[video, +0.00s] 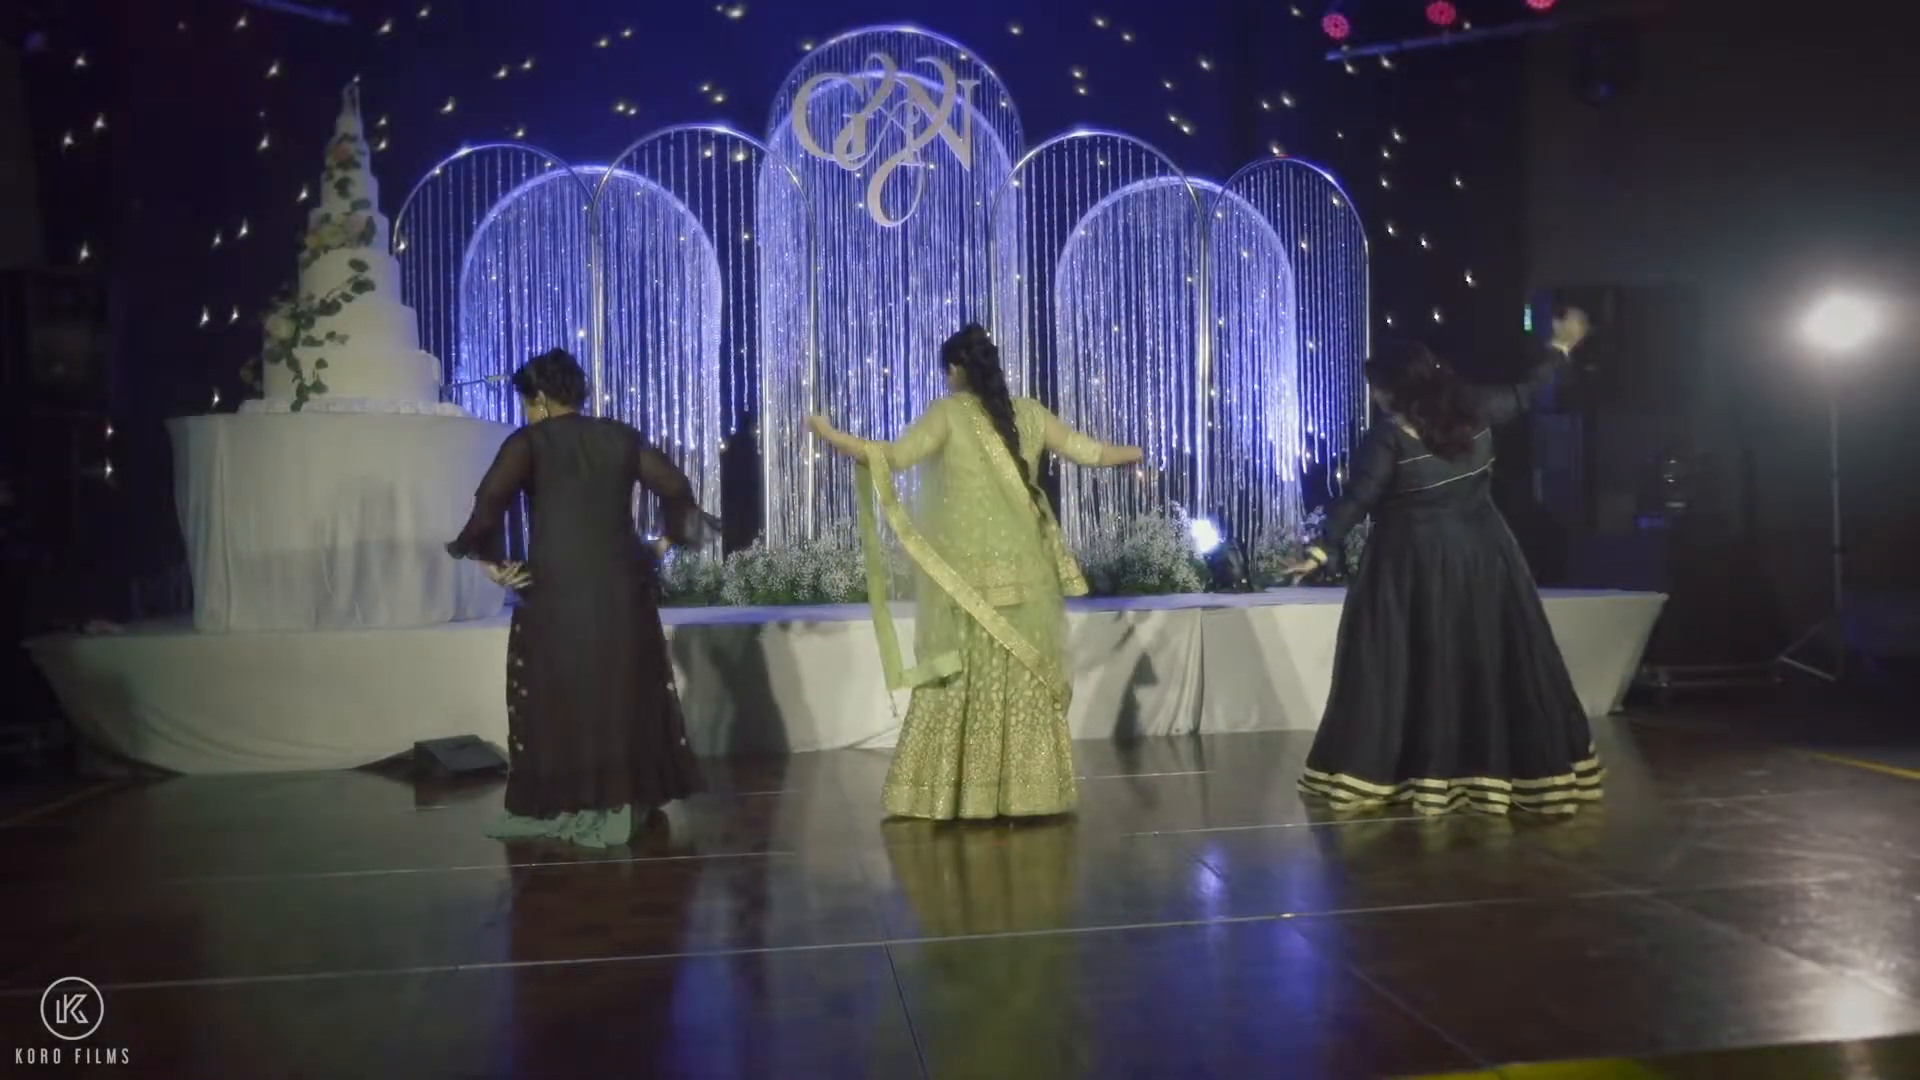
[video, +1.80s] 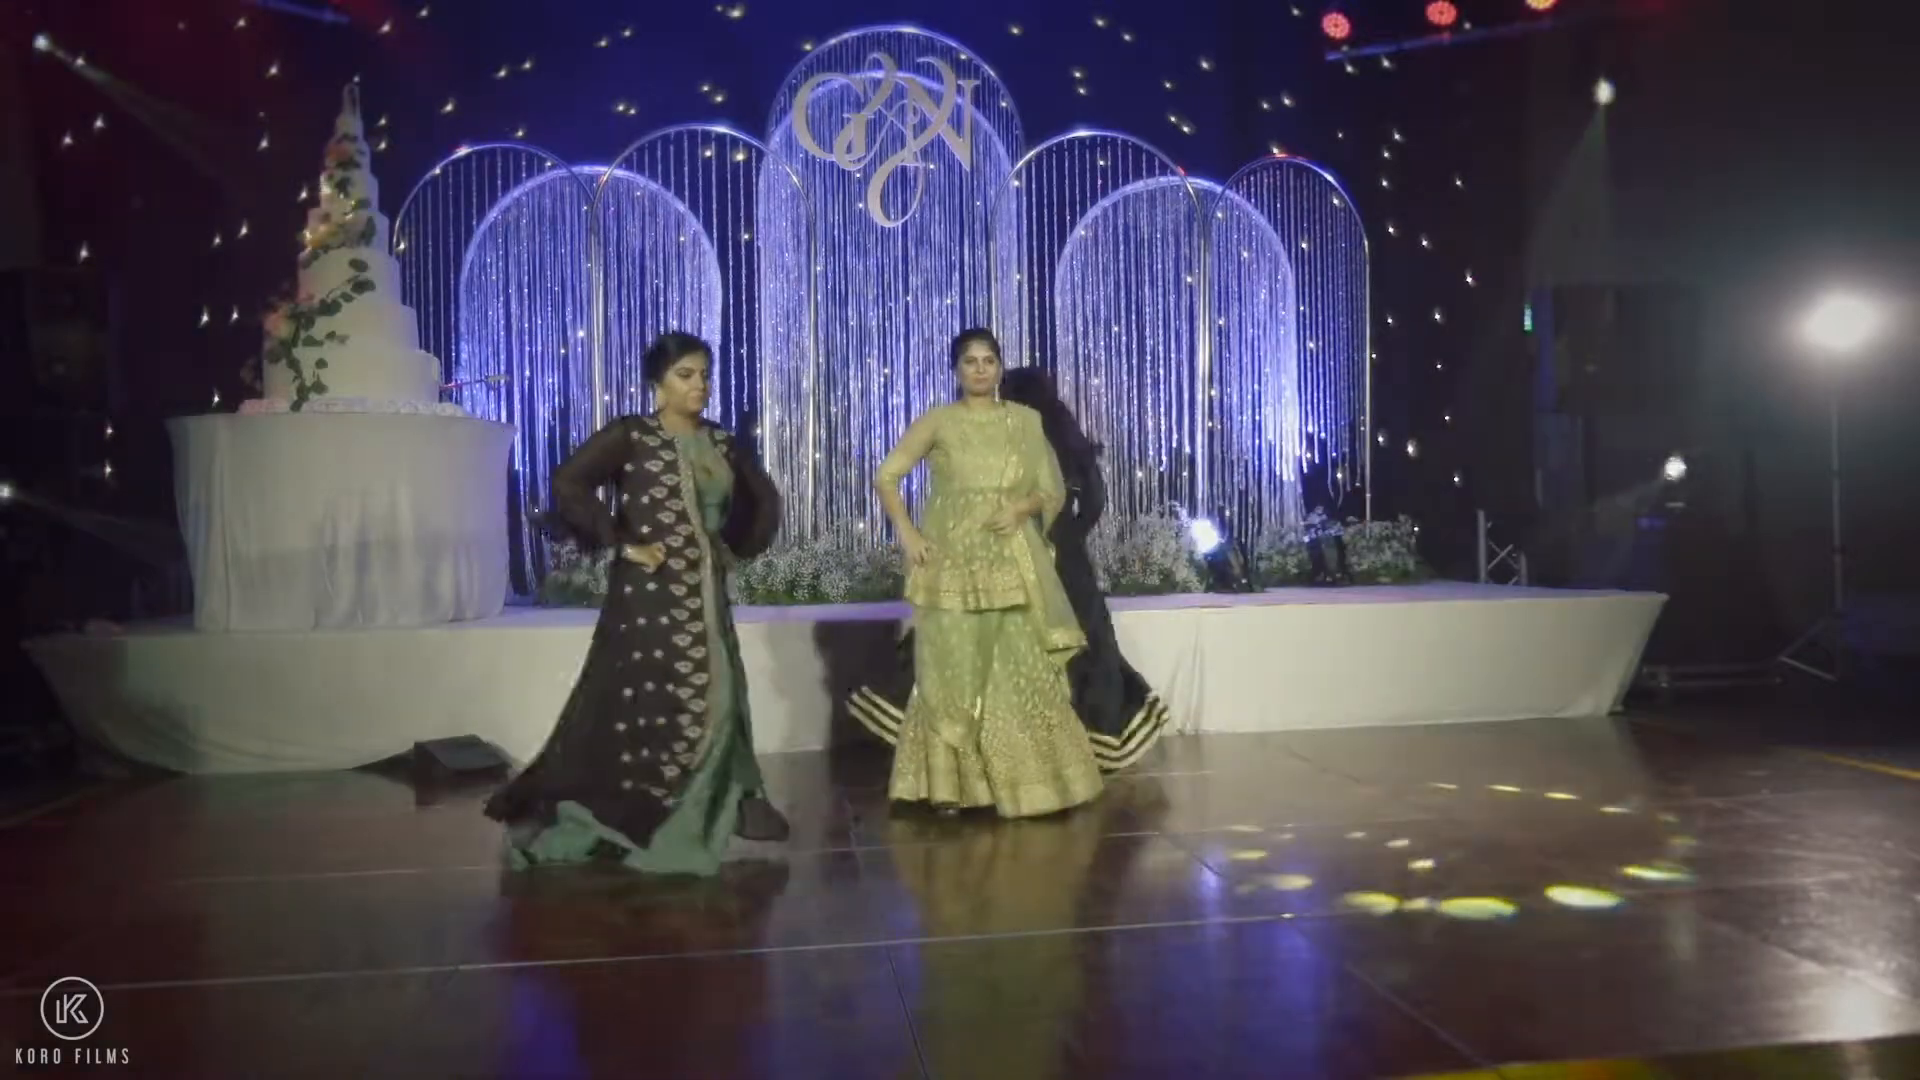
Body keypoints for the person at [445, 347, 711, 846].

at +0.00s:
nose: (525, 413)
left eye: (525, 403)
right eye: (525, 403)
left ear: (539, 399)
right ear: (577, 396)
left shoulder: (529, 441)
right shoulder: (621, 437)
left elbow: (490, 500)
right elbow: (677, 488)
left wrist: (489, 559)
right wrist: (671, 537)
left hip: (558, 593)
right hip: (622, 591)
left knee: (559, 697)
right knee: (622, 695)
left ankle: (569, 810)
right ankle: (629, 808)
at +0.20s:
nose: (501, 405)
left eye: (506, 394)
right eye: (500, 395)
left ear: (535, 395)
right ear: (553, 395)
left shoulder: (528, 438)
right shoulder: (593, 441)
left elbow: (511, 493)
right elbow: (632, 495)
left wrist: (501, 547)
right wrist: (600, 531)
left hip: (544, 589)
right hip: (592, 586)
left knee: (545, 693)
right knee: (594, 692)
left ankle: (554, 803)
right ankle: (605, 805)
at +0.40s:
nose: (505, 395)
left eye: (517, 386)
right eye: (500, 387)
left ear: (542, 391)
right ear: (497, 392)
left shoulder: (548, 433)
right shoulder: (529, 438)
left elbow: (574, 467)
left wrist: (553, 529)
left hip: (552, 583)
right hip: (526, 583)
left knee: (552, 696)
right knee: (524, 693)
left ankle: (560, 814)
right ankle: (526, 810)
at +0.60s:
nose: (527, 393)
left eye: (536, 385)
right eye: (516, 383)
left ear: (544, 390)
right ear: (496, 388)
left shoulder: (560, 435)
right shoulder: (487, 439)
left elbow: (612, 478)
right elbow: (471, 484)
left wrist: (585, 536)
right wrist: (477, 525)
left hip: (546, 576)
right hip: (500, 575)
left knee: (538, 683)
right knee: (494, 679)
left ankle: (533, 799)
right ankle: (489, 795)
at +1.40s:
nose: (600, 384)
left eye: (609, 376)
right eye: (589, 375)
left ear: (619, 383)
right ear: (566, 381)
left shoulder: (637, 438)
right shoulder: (533, 432)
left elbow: (695, 496)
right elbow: (459, 472)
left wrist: (658, 551)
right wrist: (502, 536)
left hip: (614, 589)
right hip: (551, 587)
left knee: (613, 708)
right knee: (546, 706)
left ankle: (595, 830)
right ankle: (542, 837)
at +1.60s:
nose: (648, 373)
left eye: (654, 364)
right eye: (636, 364)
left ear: (660, 371)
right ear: (608, 369)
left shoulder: (671, 431)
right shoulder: (578, 419)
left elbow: (713, 482)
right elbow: (515, 464)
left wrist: (693, 535)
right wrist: (564, 527)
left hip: (657, 592)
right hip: (595, 590)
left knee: (659, 712)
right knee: (586, 709)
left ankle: (635, 836)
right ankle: (556, 838)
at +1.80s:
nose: (700, 385)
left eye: (704, 376)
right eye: (687, 376)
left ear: (708, 383)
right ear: (659, 382)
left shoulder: (722, 446)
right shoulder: (631, 434)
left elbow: (764, 503)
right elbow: (567, 485)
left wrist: (732, 548)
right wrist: (619, 540)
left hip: (706, 588)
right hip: (652, 589)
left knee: (715, 704)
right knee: (651, 706)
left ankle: (695, 832)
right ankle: (643, 832)